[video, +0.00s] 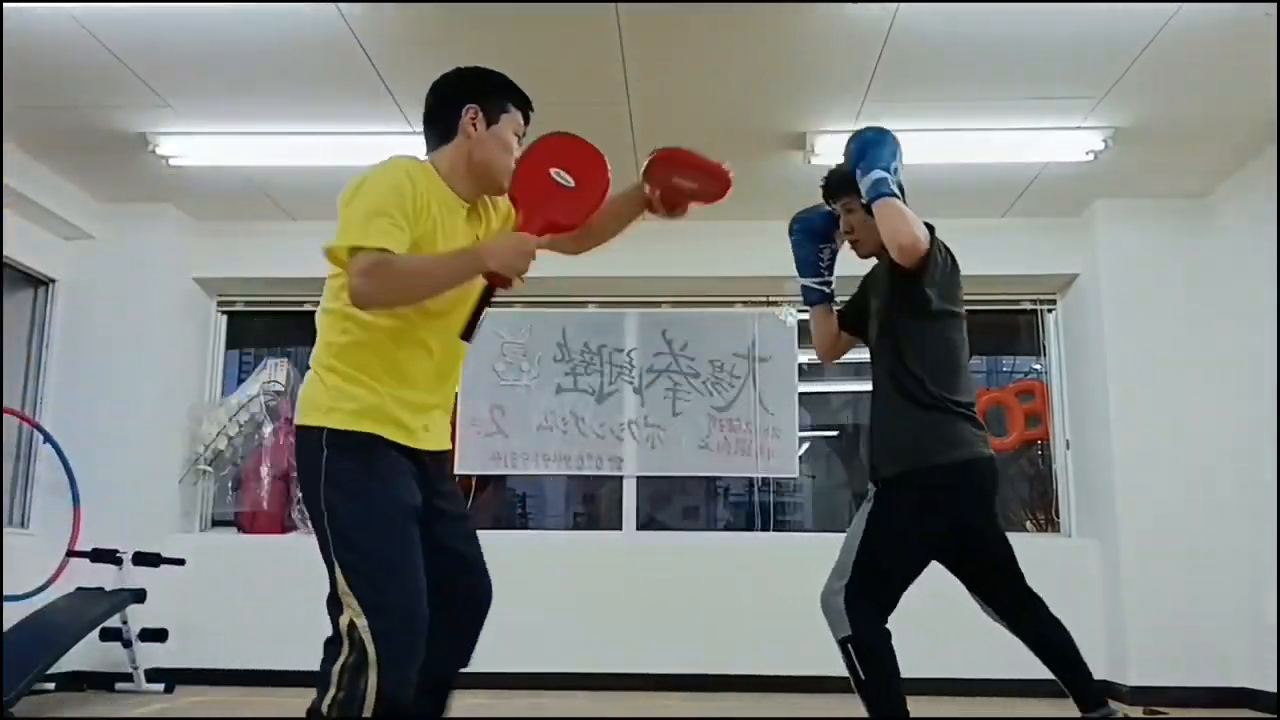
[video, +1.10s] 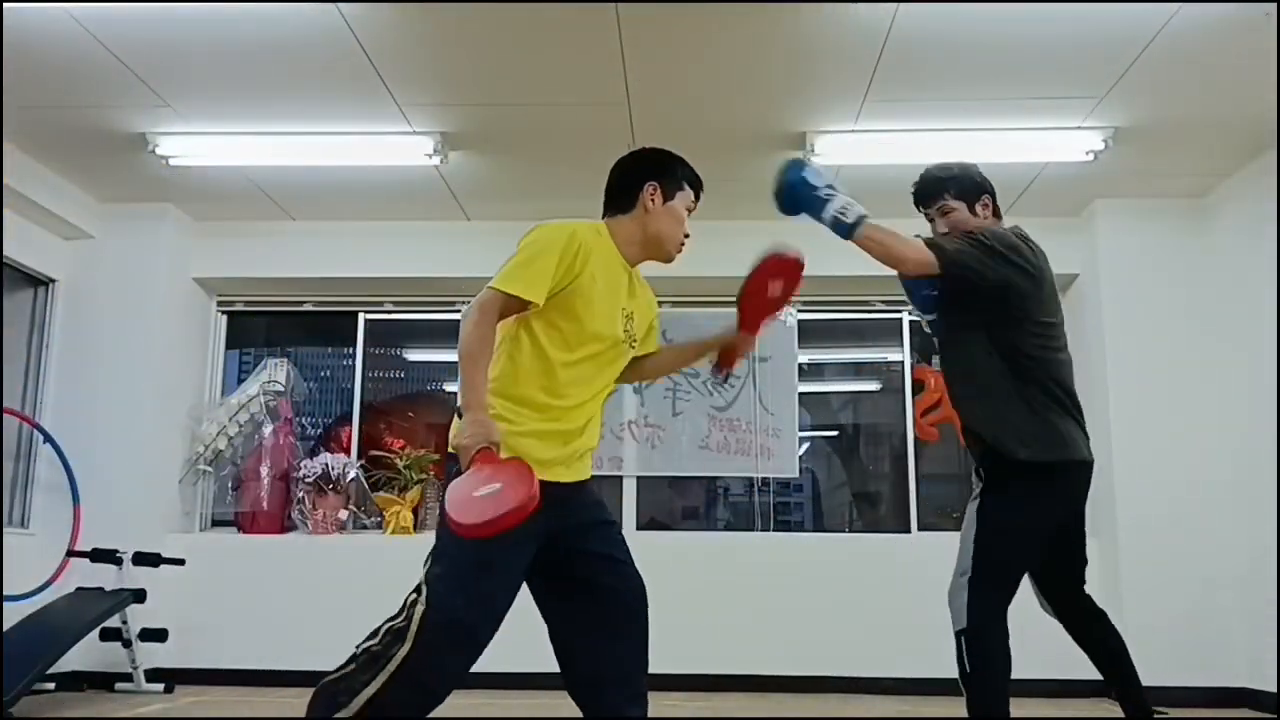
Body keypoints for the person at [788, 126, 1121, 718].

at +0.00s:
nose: (845, 227)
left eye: (851, 213)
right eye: (840, 217)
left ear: (878, 209)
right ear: (847, 222)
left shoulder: (923, 254)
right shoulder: (877, 283)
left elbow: (905, 245)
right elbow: (828, 346)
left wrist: (879, 181)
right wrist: (814, 275)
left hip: (935, 471)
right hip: (939, 472)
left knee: (853, 606)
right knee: (1011, 600)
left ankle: (890, 715)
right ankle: (1097, 707)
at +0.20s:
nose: (882, 223)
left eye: (886, 210)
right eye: (878, 212)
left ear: (912, 206)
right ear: (885, 217)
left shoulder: (968, 251)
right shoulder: (916, 278)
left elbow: (975, 276)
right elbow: (885, 353)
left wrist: (927, 217)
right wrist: (859, 287)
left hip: (1006, 459)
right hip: (968, 463)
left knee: (931, 598)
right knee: (1059, 595)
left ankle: (930, 714)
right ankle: (1124, 708)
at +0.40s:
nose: (913, 249)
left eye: (918, 235)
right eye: (909, 239)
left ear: (946, 232)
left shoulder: (991, 271)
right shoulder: (950, 304)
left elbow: (977, 278)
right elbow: (911, 373)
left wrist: (936, 224)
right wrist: (886, 304)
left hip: (1009, 479)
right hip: (1026, 477)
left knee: (927, 604)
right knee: (1062, 609)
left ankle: (946, 715)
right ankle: (1143, 712)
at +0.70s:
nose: (960, 245)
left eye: (968, 232)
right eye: (952, 237)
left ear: (1001, 227)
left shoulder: (1040, 271)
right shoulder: (987, 294)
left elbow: (1047, 324)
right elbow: (961, 377)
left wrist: (984, 268)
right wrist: (933, 317)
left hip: (1052, 478)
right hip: (1047, 475)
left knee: (1008, 611)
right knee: (1096, 615)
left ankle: (1001, 715)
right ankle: (1159, 714)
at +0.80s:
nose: (963, 256)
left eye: (971, 243)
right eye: (958, 247)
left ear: (1007, 242)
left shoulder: (1056, 293)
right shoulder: (992, 311)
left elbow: (1041, 360)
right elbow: (959, 388)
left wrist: (978, 298)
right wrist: (929, 321)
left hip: (1066, 487)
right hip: (1046, 486)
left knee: (989, 598)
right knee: (1089, 622)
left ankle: (994, 717)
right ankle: (1159, 715)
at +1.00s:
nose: (940, 232)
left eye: (949, 217)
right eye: (936, 222)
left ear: (990, 216)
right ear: (989, 221)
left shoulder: (1000, 262)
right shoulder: (1023, 271)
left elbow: (924, 267)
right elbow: (974, 380)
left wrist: (844, 208)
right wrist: (935, 325)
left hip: (1020, 473)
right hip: (1067, 471)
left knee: (969, 606)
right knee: (1073, 596)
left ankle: (983, 714)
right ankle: (1142, 710)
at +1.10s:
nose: (935, 228)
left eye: (945, 213)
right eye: (930, 218)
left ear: (984, 206)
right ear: (988, 213)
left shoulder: (996, 252)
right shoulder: (1019, 252)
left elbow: (914, 259)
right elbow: (996, 348)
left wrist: (829, 206)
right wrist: (941, 315)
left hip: (1022, 462)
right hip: (1059, 460)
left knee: (975, 606)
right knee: (1064, 594)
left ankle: (989, 714)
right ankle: (1140, 709)